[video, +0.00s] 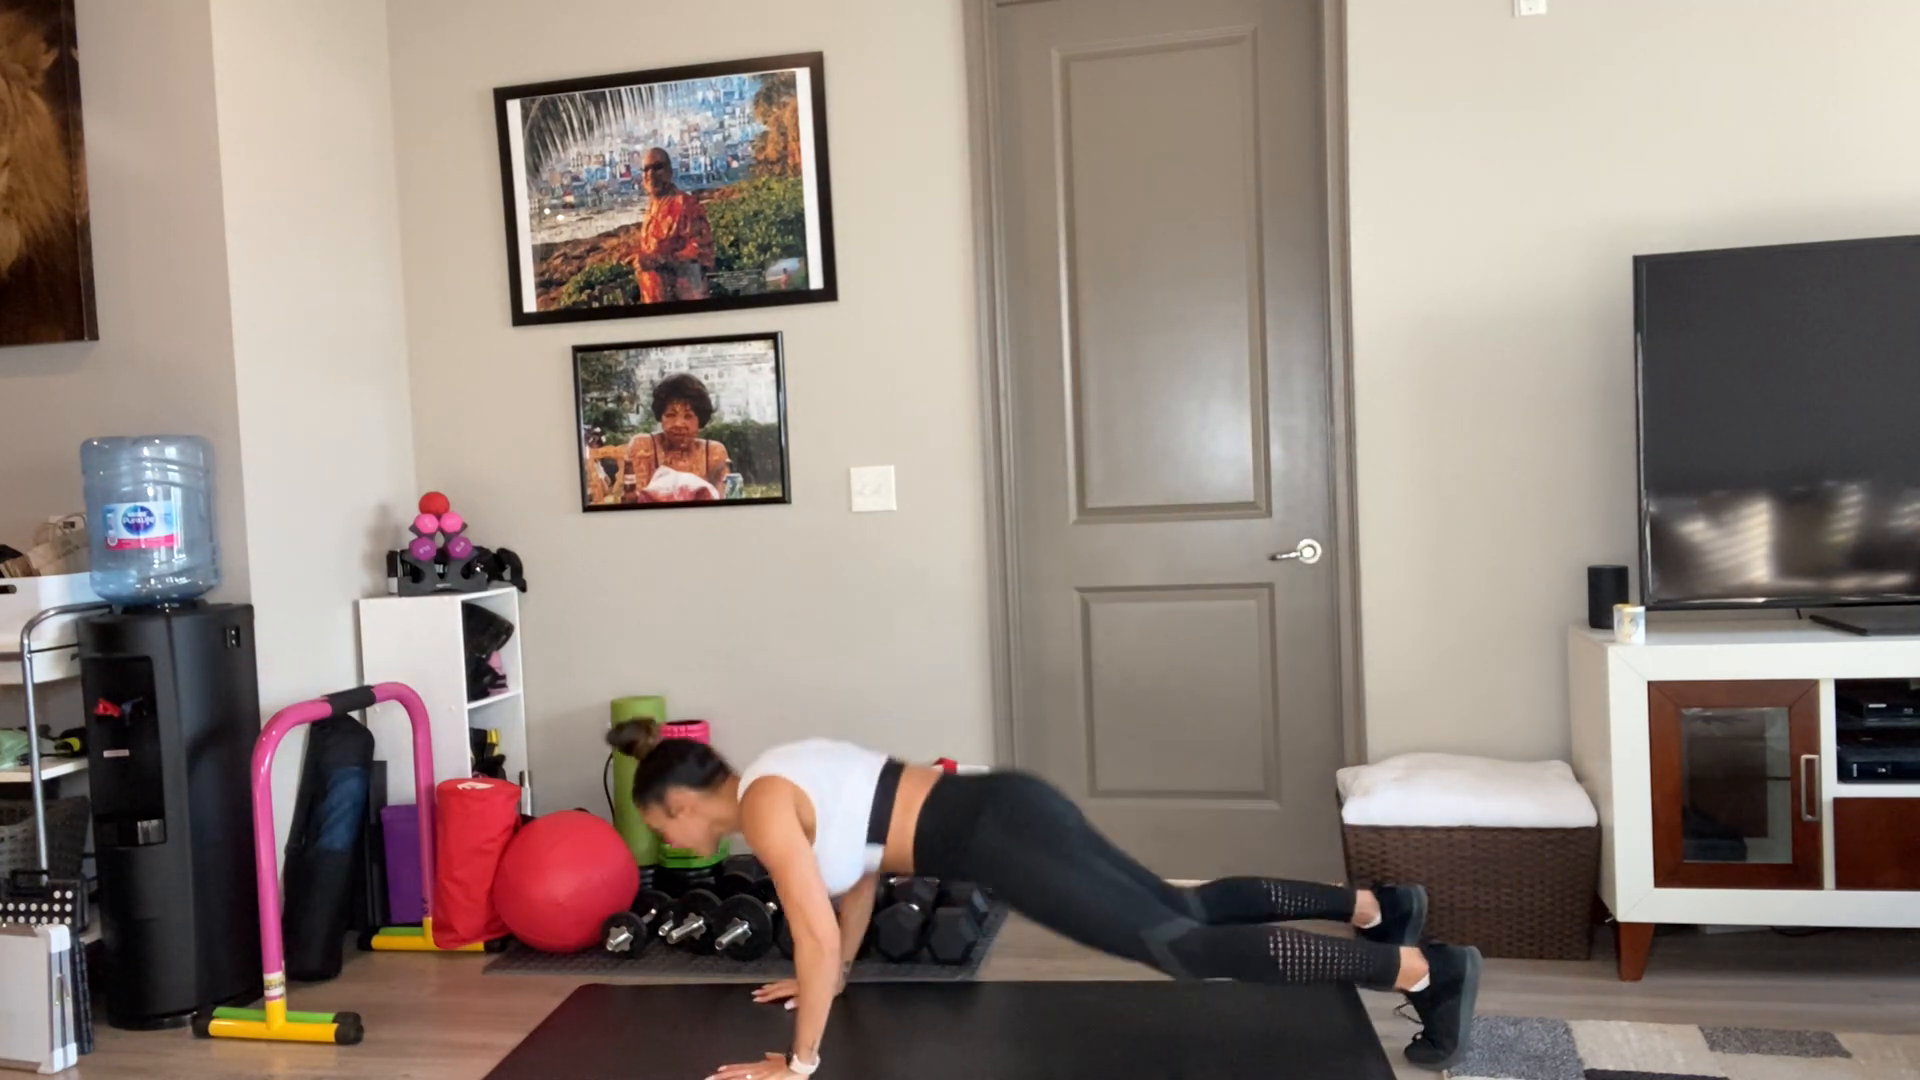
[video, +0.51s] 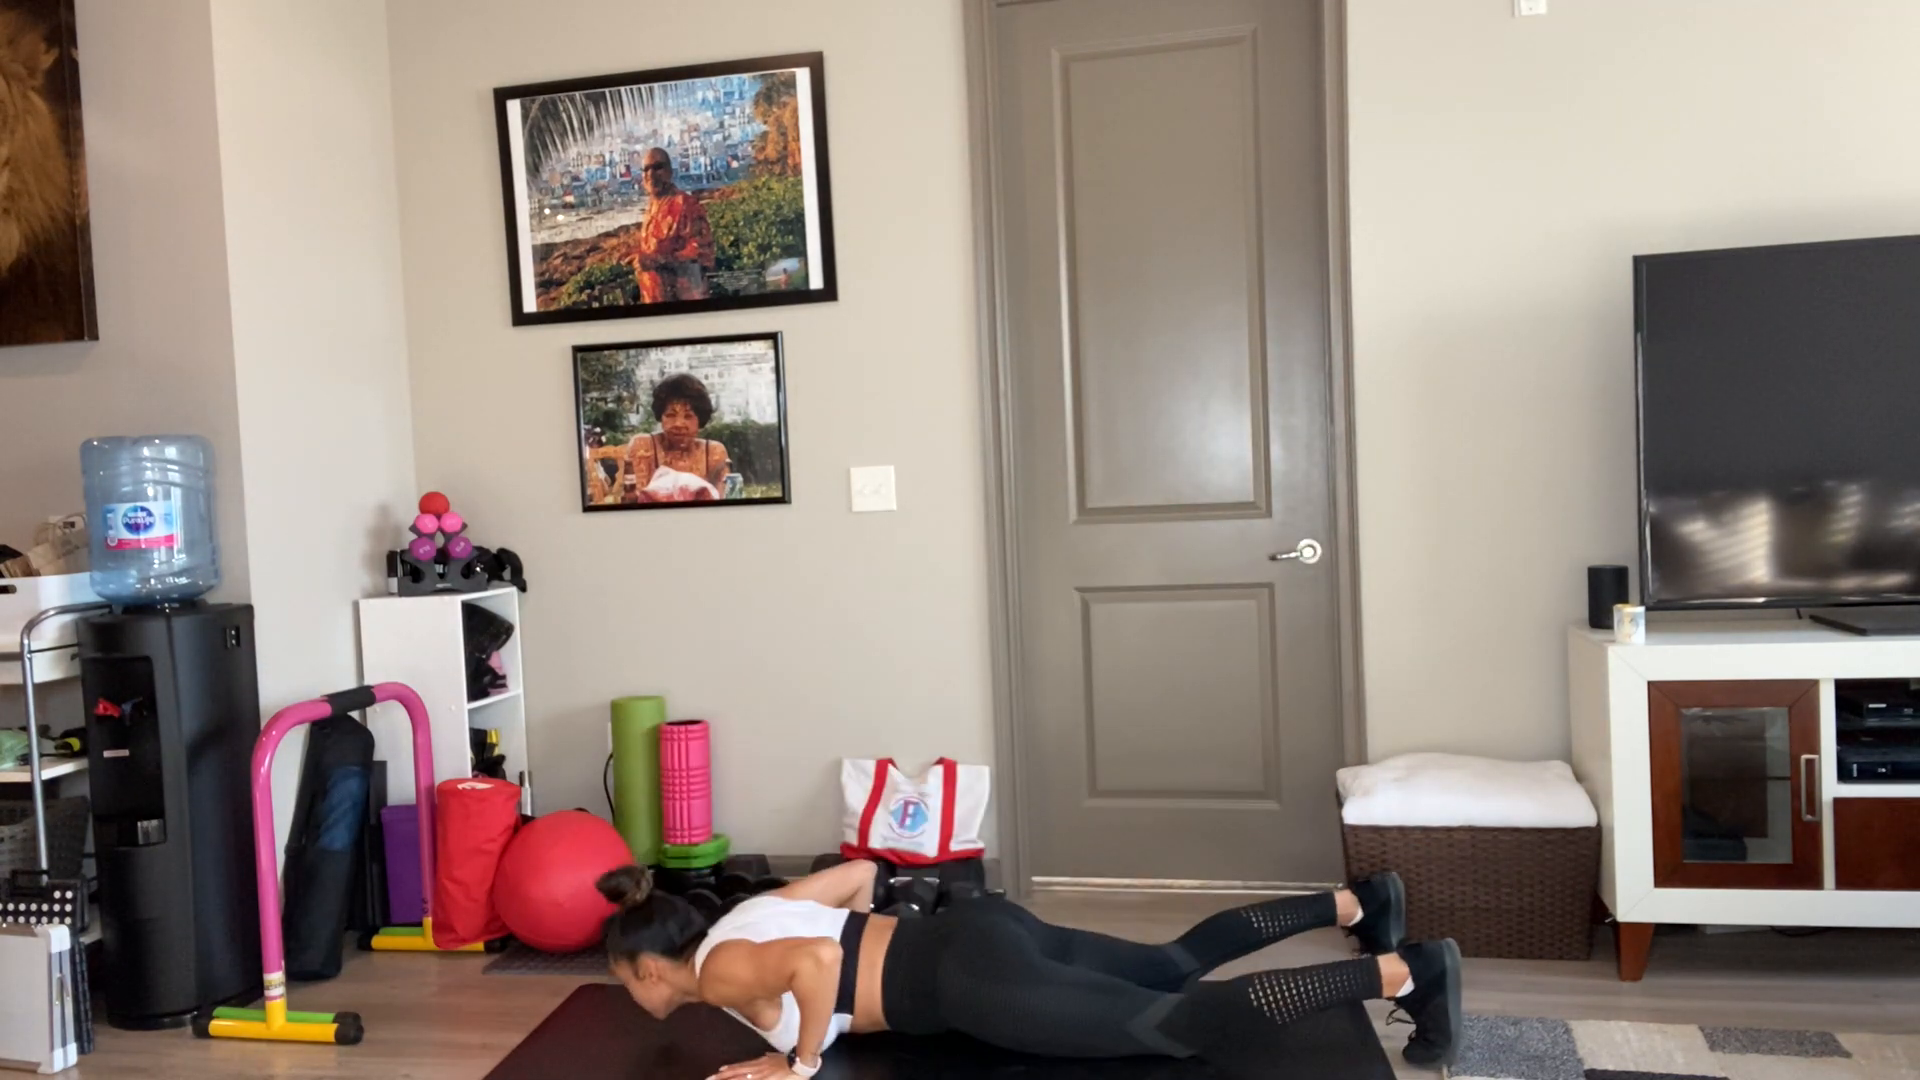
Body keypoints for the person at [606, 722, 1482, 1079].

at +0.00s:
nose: (679, 847)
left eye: (670, 834)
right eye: (666, 838)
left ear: (687, 801)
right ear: (698, 782)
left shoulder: (762, 813)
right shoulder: (786, 774)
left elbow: (823, 943)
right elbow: (845, 906)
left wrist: (804, 1050)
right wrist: (811, 982)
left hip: (984, 834)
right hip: (1001, 805)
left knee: (1173, 944)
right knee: (1173, 906)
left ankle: (1413, 967)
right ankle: (1361, 909)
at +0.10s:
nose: (662, 880)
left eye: (656, 867)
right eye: (652, 871)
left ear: (681, 833)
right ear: (691, 819)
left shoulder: (751, 856)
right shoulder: (767, 814)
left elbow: (828, 958)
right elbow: (848, 914)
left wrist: (798, 1062)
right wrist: (811, 971)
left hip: (970, 879)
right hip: (986, 843)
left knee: (1173, 970)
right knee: (1177, 927)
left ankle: (1415, 971)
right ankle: (1370, 907)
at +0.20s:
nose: (651, 928)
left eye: (642, 914)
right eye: (641, 919)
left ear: (663, 888)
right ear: (675, 866)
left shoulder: (735, 899)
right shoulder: (747, 864)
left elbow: (828, 971)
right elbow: (840, 927)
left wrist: (796, 1066)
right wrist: (801, 983)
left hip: (966, 913)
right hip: (977, 874)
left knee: (1170, 985)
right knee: (1177, 933)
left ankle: (1409, 973)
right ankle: (1367, 907)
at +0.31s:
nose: (639, 981)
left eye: (635, 967)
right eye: (632, 971)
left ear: (661, 943)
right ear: (676, 914)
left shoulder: (723, 952)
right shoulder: (756, 905)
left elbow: (822, 970)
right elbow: (869, 879)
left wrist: (798, 1059)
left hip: (953, 952)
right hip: (963, 905)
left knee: (1169, 1001)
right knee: (1173, 946)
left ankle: (1402, 972)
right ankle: (1355, 903)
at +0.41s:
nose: (637, 1000)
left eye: (632, 987)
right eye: (630, 989)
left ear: (659, 968)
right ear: (672, 942)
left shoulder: (722, 973)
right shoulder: (749, 928)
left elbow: (816, 964)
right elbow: (857, 884)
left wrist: (797, 1058)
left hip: (947, 972)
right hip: (962, 924)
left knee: (1164, 1019)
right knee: (1169, 969)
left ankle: (1397, 979)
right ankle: (1360, 925)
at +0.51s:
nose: (637, 995)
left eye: (633, 980)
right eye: (630, 984)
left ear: (661, 959)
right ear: (675, 932)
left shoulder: (720, 967)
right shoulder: (747, 921)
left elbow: (817, 964)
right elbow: (857, 880)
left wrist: (797, 1059)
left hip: (951, 972)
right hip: (965, 924)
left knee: (1161, 1022)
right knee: (1169, 973)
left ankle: (1392, 984)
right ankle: (1356, 919)